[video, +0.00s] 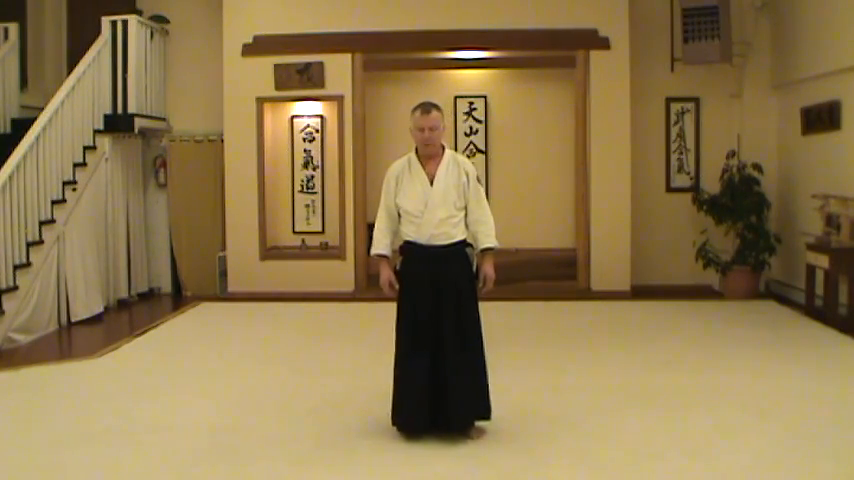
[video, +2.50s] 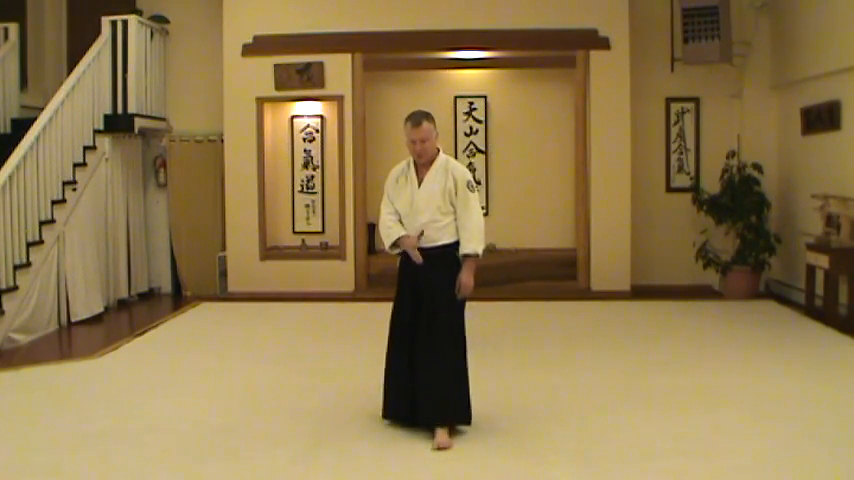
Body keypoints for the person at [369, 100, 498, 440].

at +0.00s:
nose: (427, 135)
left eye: (433, 129)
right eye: (421, 130)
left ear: (444, 130)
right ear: (412, 132)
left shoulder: (462, 167)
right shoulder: (398, 171)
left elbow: (479, 213)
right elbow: (385, 218)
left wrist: (486, 257)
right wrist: (383, 262)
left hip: (455, 261)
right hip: (415, 261)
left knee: (459, 336)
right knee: (416, 337)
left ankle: (463, 416)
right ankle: (416, 417)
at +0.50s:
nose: (412, 130)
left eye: (418, 123)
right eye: (405, 124)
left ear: (429, 127)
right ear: (397, 129)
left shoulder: (449, 167)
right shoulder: (385, 172)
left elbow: (466, 212)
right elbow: (374, 219)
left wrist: (474, 257)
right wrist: (371, 263)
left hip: (444, 262)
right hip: (404, 263)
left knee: (452, 337)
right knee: (404, 339)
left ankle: (463, 415)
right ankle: (405, 417)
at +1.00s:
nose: (409, 132)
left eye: (416, 125)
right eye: (403, 126)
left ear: (427, 128)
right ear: (395, 131)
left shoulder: (449, 166)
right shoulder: (384, 172)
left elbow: (466, 210)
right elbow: (374, 219)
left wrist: (474, 256)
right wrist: (372, 263)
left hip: (444, 261)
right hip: (405, 261)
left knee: (446, 338)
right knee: (405, 339)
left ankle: (451, 421)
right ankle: (408, 419)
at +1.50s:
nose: (429, 137)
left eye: (435, 131)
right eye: (423, 131)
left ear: (447, 130)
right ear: (415, 133)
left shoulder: (466, 168)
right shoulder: (404, 169)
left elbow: (482, 217)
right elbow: (393, 215)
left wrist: (480, 266)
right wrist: (399, 257)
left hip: (454, 262)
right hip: (417, 262)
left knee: (452, 340)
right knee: (413, 338)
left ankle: (450, 422)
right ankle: (413, 417)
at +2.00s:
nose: (421, 136)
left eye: (428, 129)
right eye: (416, 130)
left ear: (441, 131)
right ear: (409, 134)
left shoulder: (459, 170)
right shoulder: (400, 171)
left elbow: (475, 216)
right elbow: (387, 214)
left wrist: (476, 264)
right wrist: (403, 238)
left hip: (449, 261)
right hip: (414, 261)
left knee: (448, 338)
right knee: (417, 337)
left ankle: (449, 421)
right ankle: (422, 414)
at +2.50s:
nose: (418, 148)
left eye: (423, 141)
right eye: (412, 142)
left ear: (437, 137)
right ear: (406, 141)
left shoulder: (456, 172)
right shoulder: (398, 174)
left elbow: (472, 218)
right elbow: (386, 217)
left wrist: (469, 267)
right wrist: (402, 238)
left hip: (445, 261)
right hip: (412, 262)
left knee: (442, 338)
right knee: (411, 336)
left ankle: (442, 421)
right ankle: (413, 410)